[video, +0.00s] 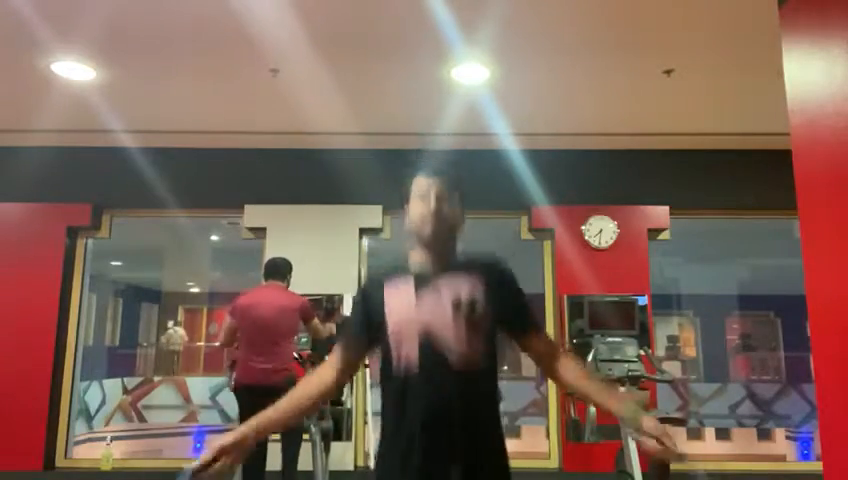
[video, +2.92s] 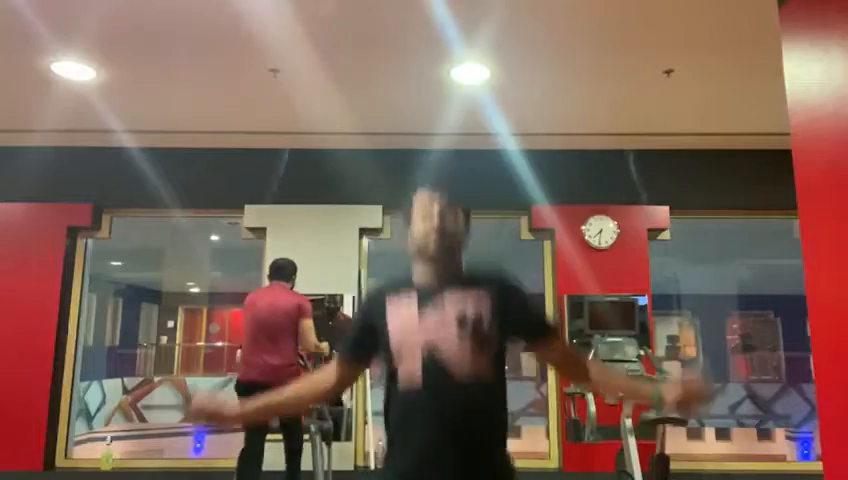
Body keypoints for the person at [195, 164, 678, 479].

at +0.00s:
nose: (427, 209)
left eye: (439, 200)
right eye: (418, 199)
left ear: (460, 215)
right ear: (404, 212)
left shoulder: (489, 281)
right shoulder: (378, 292)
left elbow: (552, 359)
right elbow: (327, 376)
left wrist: (629, 410)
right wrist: (244, 435)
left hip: (478, 462)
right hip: (401, 463)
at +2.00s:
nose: (427, 238)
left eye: (439, 228)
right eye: (417, 229)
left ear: (459, 241)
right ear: (402, 243)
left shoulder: (490, 311)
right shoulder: (376, 317)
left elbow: (556, 378)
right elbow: (317, 399)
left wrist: (639, 416)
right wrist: (230, 442)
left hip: (474, 468)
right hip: (399, 468)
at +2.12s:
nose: (432, 172)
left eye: (443, 164)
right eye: (420, 165)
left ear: (459, 180)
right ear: (404, 183)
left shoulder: (489, 243)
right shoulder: (380, 251)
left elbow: (538, 333)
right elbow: (346, 343)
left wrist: (605, 387)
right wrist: (271, 404)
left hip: (477, 435)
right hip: (400, 438)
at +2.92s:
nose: (431, 225)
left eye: (442, 215)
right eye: (421, 215)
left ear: (464, 226)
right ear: (407, 228)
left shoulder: (499, 296)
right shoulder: (381, 304)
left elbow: (574, 366)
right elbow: (329, 381)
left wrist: (657, 394)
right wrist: (241, 411)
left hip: (482, 467)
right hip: (404, 467)